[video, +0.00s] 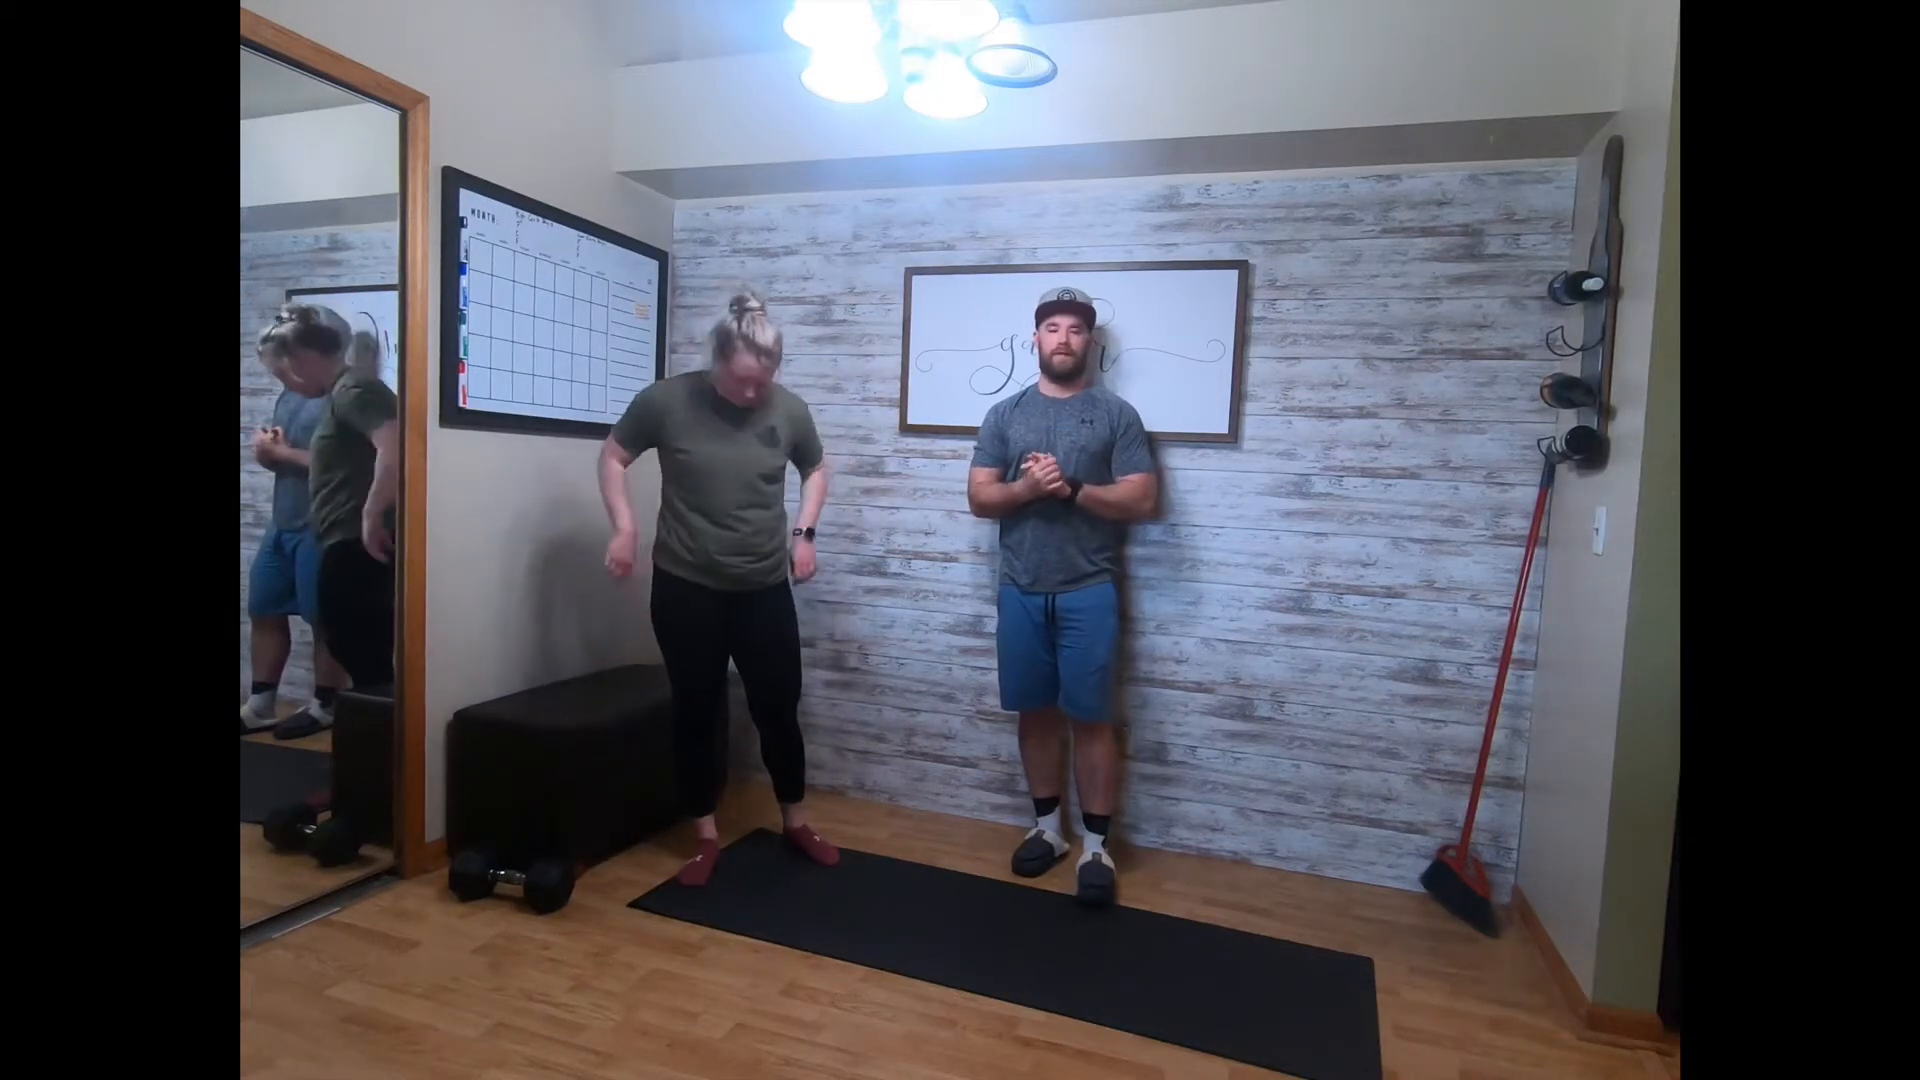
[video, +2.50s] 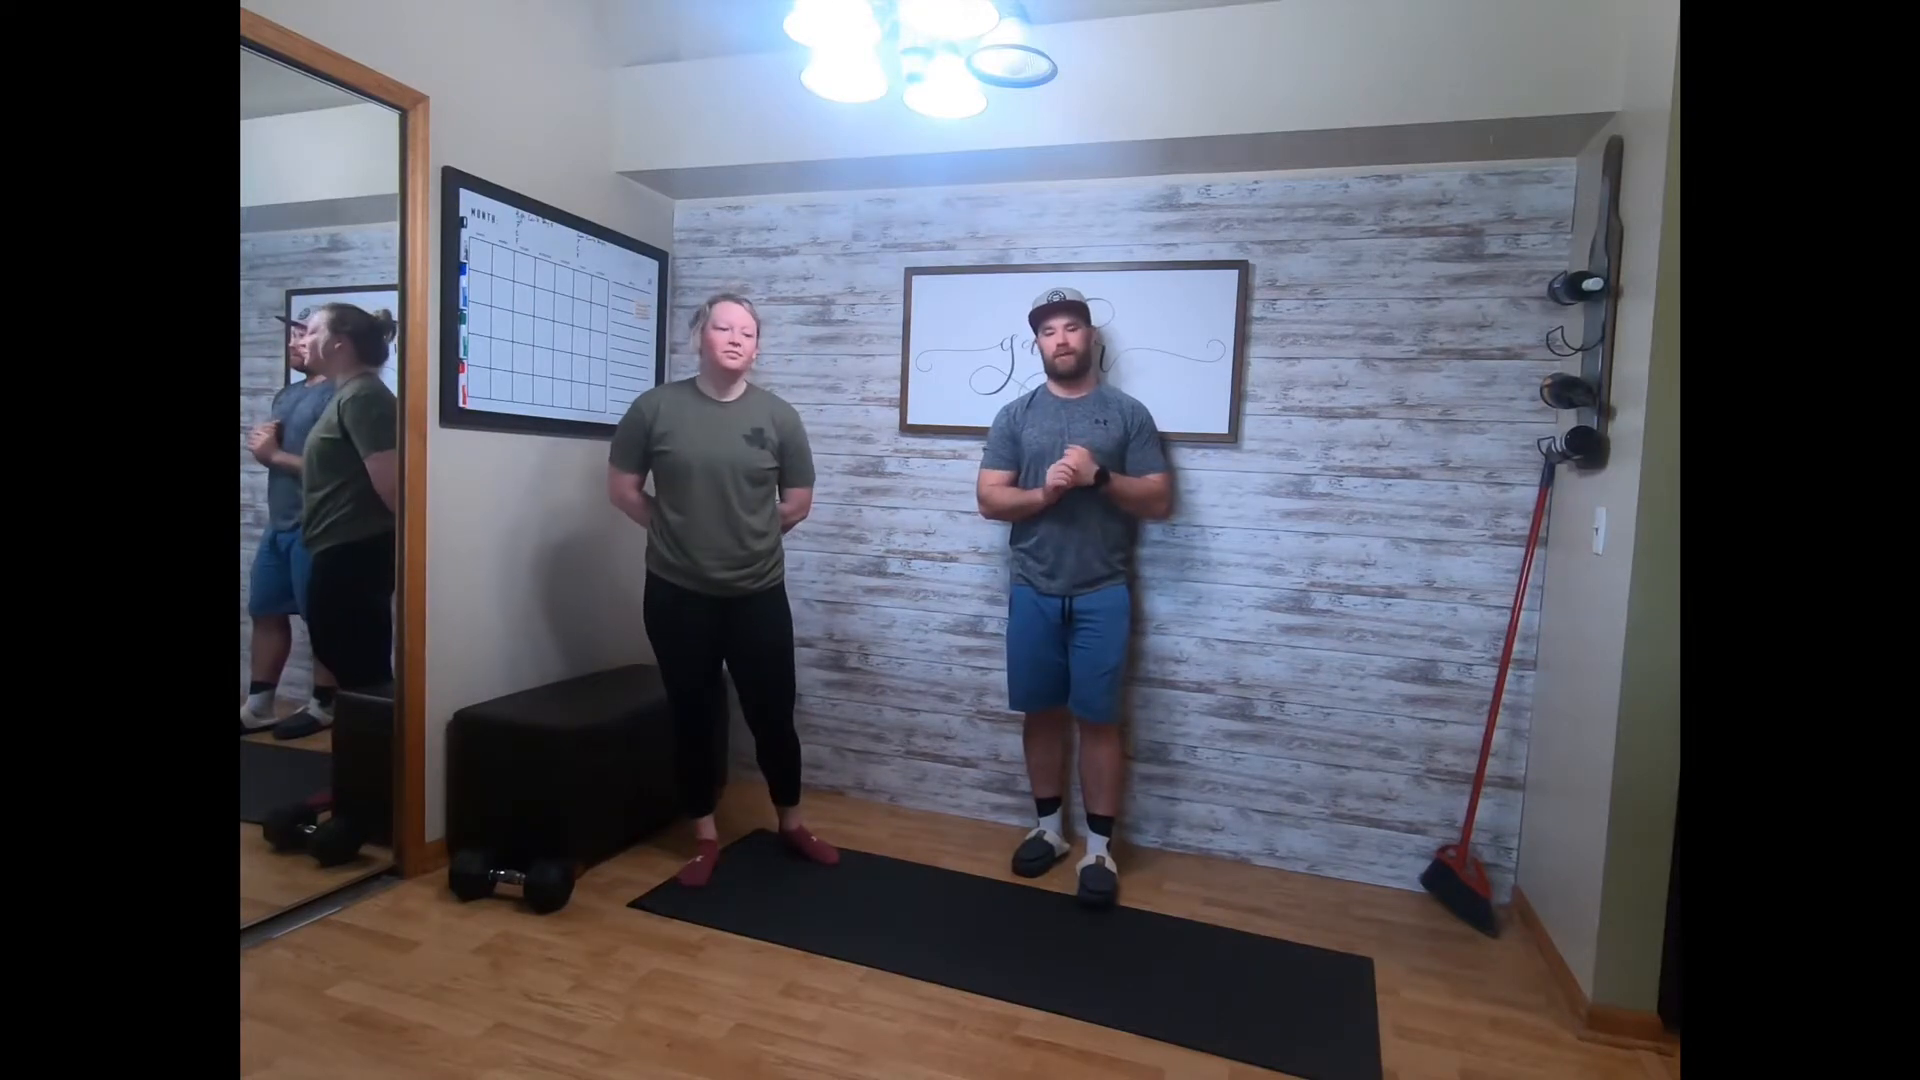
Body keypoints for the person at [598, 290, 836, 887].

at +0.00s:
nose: (751, 392)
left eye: (761, 381)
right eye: (741, 380)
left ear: (775, 367)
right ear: (717, 359)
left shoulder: (788, 410)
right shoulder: (667, 401)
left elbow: (816, 470)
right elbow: (613, 456)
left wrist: (805, 531)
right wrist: (624, 528)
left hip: (764, 587)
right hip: (686, 586)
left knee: (779, 709)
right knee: (696, 713)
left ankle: (797, 824)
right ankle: (707, 838)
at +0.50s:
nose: (765, 401)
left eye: (775, 390)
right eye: (756, 389)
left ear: (788, 375)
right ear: (730, 368)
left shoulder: (797, 422)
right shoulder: (678, 410)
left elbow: (800, 491)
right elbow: (635, 485)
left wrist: (754, 520)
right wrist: (689, 522)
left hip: (767, 589)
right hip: (691, 587)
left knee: (781, 709)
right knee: (700, 710)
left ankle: (796, 824)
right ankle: (707, 837)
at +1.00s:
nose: (766, 395)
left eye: (776, 384)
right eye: (758, 384)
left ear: (788, 372)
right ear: (729, 365)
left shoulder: (798, 422)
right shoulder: (678, 411)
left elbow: (801, 496)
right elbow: (635, 486)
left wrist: (751, 520)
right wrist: (689, 522)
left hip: (767, 590)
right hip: (692, 587)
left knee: (778, 709)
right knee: (701, 710)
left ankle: (796, 824)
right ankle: (706, 835)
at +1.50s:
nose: (746, 358)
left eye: (756, 347)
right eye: (734, 346)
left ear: (768, 350)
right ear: (709, 346)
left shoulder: (792, 418)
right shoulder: (667, 409)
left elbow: (807, 503)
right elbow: (632, 491)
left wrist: (751, 527)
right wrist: (689, 528)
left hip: (770, 593)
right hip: (690, 591)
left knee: (782, 716)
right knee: (699, 718)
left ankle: (797, 824)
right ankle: (707, 837)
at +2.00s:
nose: (733, 343)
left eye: (744, 334)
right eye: (722, 332)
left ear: (757, 345)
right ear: (702, 341)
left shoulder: (785, 417)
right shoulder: (661, 411)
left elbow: (805, 506)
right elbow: (628, 493)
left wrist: (746, 529)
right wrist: (684, 528)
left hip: (763, 593)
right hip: (682, 592)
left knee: (781, 716)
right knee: (696, 719)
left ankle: (799, 825)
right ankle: (707, 838)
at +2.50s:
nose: (736, 338)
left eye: (746, 332)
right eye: (724, 328)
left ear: (757, 348)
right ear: (699, 339)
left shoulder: (779, 416)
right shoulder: (654, 408)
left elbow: (798, 503)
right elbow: (622, 491)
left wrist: (742, 531)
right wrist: (677, 528)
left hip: (757, 592)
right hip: (678, 591)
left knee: (775, 716)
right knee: (694, 719)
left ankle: (791, 825)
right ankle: (707, 840)